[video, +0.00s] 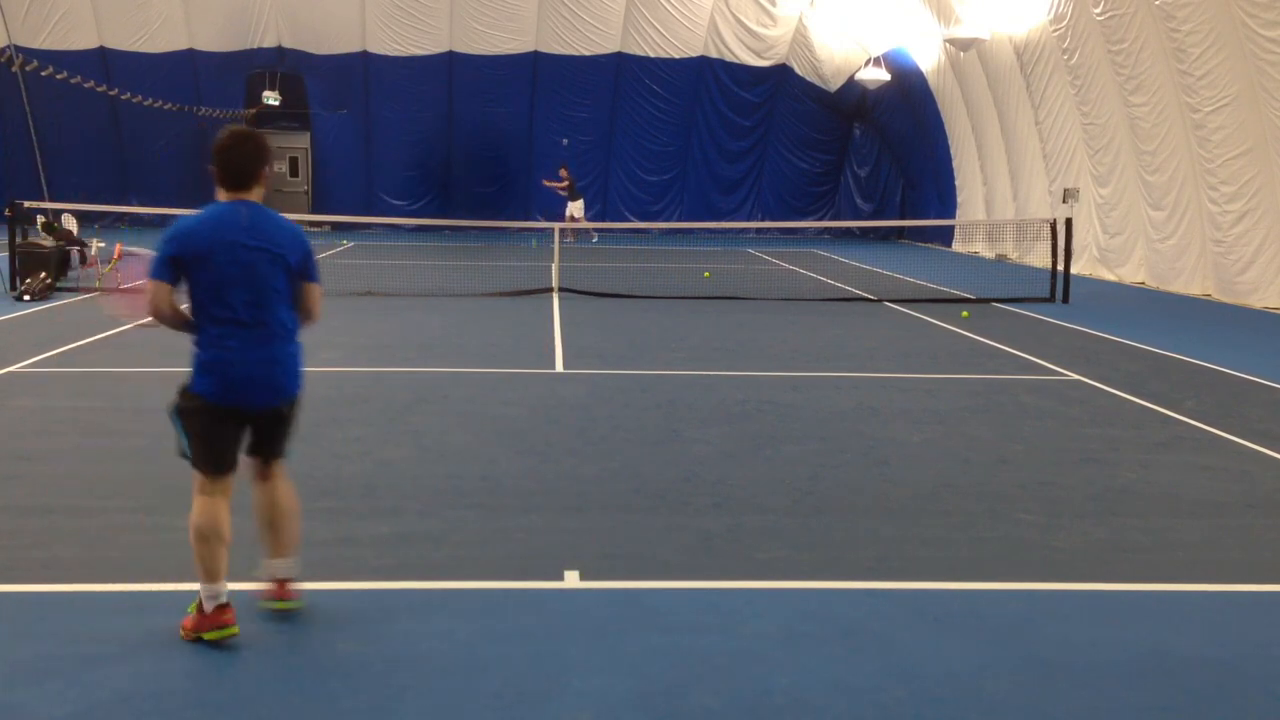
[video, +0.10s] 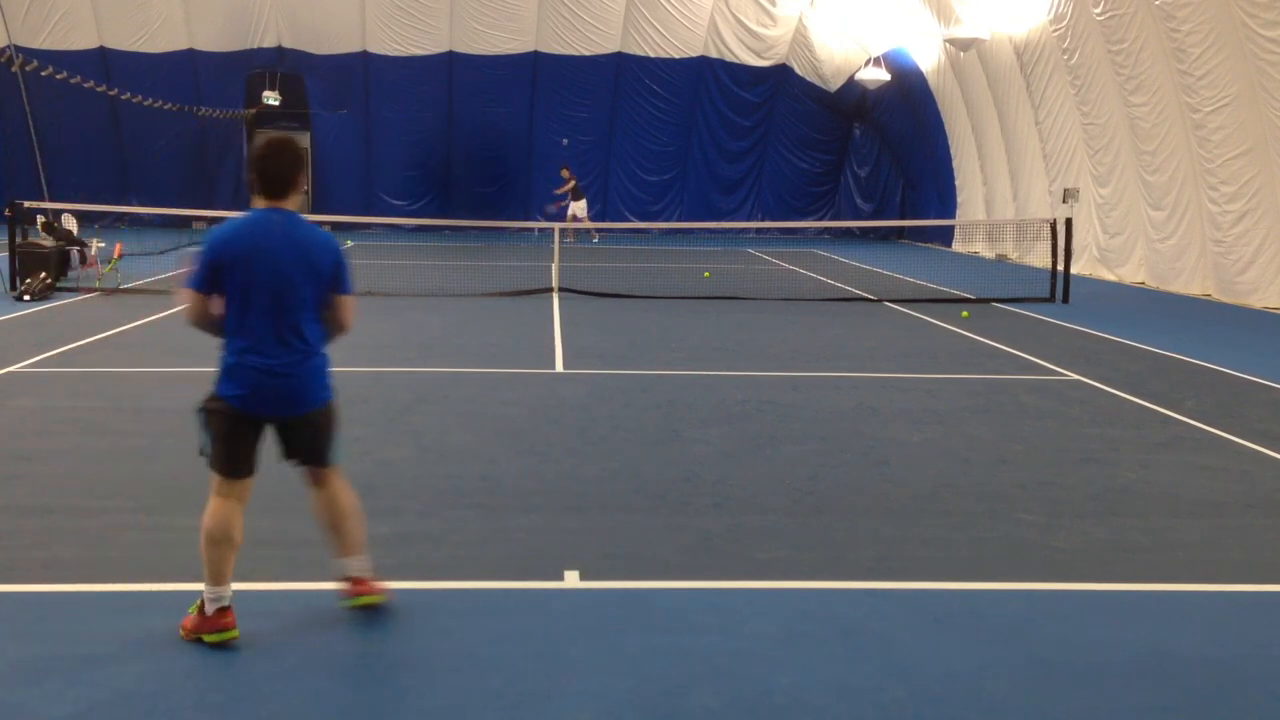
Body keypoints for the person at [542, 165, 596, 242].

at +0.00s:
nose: (560, 174)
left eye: (561, 172)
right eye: (560, 172)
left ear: (566, 172)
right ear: (561, 174)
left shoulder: (569, 180)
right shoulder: (566, 182)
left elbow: (561, 185)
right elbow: (566, 193)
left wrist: (548, 184)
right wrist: (557, 190)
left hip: (577, 201)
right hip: (570, 201)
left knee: (581, 220)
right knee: (567, 219)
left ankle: (593, 234)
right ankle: (570, 236)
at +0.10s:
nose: (563, 175)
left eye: (564, 173)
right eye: (562, 174)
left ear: (568, 172)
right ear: (562, 174)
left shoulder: (573, 179)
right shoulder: (568, 181)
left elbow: (569, 186)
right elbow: (570, 193)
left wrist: (560, 191)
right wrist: (567, 201)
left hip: (580, 201)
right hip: (573, 201)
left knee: (584, 219)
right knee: (569, 218)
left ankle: (594, 235)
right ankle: (570, 237)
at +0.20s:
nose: (567, 173)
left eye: (568, 170)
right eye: (566, 171)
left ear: (572, 170)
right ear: (565, 173)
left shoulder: (581, 178)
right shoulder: (569, 181)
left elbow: (584, 183)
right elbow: (565, 193)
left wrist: (579, 190)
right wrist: (560, 203)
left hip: (583, 200)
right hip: (574, 200)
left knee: (587, 218)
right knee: (571, 218)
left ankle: (594, 235)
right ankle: (570, 237)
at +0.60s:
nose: (585, 168)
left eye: (587, 166)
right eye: (584, 166)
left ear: (589, 167)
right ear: (582, 168)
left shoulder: (590, 178)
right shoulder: (582, 176)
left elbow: (594, 185)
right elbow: (593, 173)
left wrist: (599, 188)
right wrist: (601, 170)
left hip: (591, 199)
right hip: (583, 199)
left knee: (592, 218)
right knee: (581, 217)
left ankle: (593, 235)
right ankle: (570, 234)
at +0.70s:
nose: (588, 168)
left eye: (589, 166)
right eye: (586, 166)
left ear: (591, 167)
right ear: (584, 168)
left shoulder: (591, 177)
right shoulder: (584, 176)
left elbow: (593, 186)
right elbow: (596, 177)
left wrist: (597, 192)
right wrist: (606, 177)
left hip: (591, 199)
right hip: (584, 199)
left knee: (592, 218)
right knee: (581, 217)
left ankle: (593, 236)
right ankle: (569, 233)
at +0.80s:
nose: (589, 168)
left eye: (591, 166)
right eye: (588, 166)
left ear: (593, 167)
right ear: (586, 167)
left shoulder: (591, 178)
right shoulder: (586, 176)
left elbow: (592, 189)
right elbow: (592, 182)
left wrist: (596, 195)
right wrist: (602, 184)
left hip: (592, 199)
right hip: (584, 198)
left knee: (592, 218)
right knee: (582, 217)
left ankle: (593, 235)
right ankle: (568, 233)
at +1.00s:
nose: (591, 169)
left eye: (593, 167)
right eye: (590, 167)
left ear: (594, 169)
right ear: (587, 168)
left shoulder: (591, 178)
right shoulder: (584, 177)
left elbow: (589, 191)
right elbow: (583, 189)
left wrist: (593, 200)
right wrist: (593, 194)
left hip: (589, 199)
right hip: (582, 199)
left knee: (591, 218)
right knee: (581, 217)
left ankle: (593, 235)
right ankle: (568, 233)